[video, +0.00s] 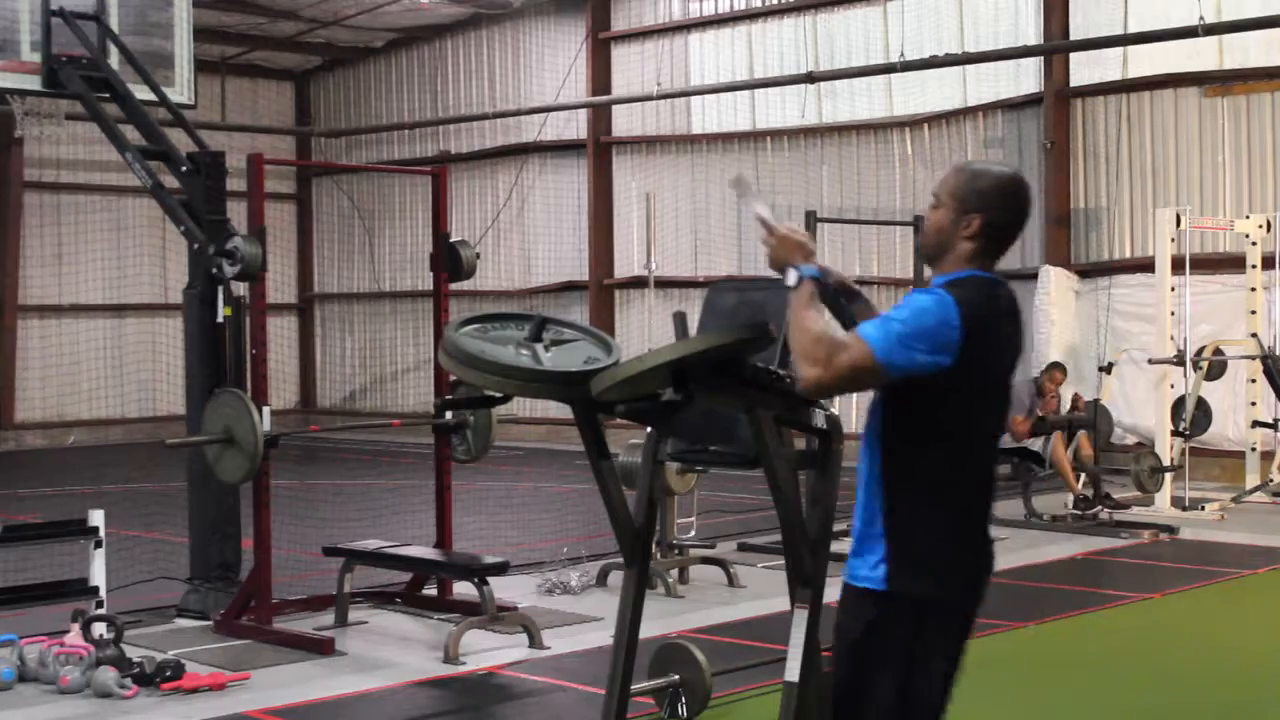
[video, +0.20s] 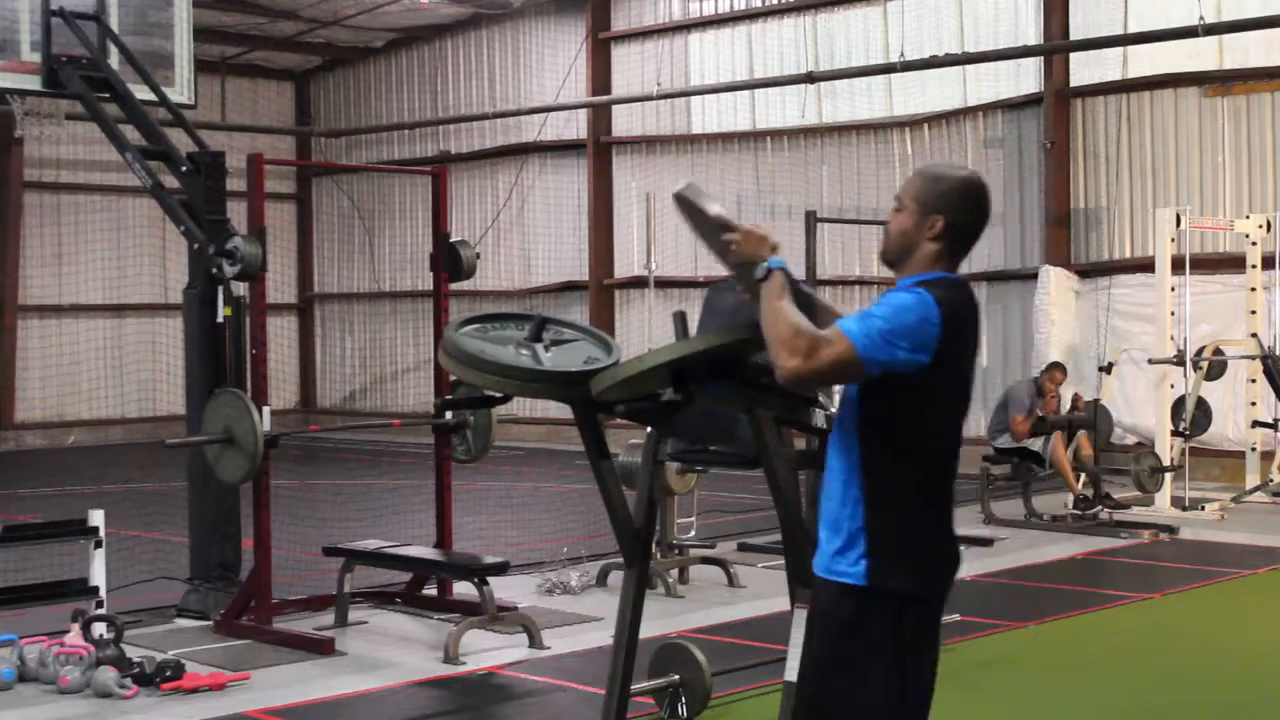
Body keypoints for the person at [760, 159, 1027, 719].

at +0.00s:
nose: (922, 215)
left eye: (935, 205)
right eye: (930, 202)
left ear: (971, 227)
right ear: (977, 231)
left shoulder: (947, 309)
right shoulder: (992, 304)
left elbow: (820, 366)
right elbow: (903, 359)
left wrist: (799, 272)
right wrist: (845, 296)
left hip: (900, 575)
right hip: (946, 566)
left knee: (869, 706)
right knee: (910, 707)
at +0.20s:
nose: (886, 218)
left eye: (898, 208)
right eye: (893, 205)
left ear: (934, 228)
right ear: (937, 233)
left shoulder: (921, 308)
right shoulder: (946, 301)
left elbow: (800, 361)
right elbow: (842, 336)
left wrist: (767, 269)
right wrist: (772, 279)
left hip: (871, 570)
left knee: (837, 707)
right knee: (884, 706)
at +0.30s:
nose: (868, 218)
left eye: (881, 208)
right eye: (875, 206)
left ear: (917, 226)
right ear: (919, 231)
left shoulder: (909, 304)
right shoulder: (922, 299)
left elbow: (792, 362)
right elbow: (822, 337)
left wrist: (754, 271)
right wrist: (749, 286)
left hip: (861, 572)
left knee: (818, 708)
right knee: (864, 707)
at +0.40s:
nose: (849, 216)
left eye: (863, 206)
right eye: (856, 204)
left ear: (899, 224)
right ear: (901, 228)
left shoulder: (896, 301)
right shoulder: (904, 297)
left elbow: (788, 362)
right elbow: (809, 348)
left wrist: (739, 278)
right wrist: (731, 295)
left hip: (854, 570)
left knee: (787, 707)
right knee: (860, 708)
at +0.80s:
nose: (793, 215)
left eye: (806, 203)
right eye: (798, 202)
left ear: (844, 217)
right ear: (846, 219)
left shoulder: (857, 296)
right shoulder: (848, 289)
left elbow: (766, 369)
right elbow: (777, 350)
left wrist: (701, 293)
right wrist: (702, 298)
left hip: (845, 559)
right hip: (834, 550)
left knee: (827, 707)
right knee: (824, 703)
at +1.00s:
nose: (783, 218)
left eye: (795, 206)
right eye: (787, 205)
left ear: (834, 217)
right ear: (838, 219)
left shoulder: (850, 295)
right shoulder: (844, 288)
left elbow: (764, 368)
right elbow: (775, 351)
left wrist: (698, 293)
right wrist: (700, 299)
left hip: (840, 565)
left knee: (824, 708)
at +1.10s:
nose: (780, 220)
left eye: (791, 208)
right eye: (784, 207)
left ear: (832, 217)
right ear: (835, 219)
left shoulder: (848, 296)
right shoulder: (845, 288)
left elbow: (763, 369)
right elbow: (771, 354)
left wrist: (696, 295)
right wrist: (699, 305)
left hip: (840, 565)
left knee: (822, 709)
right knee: (845, 706)